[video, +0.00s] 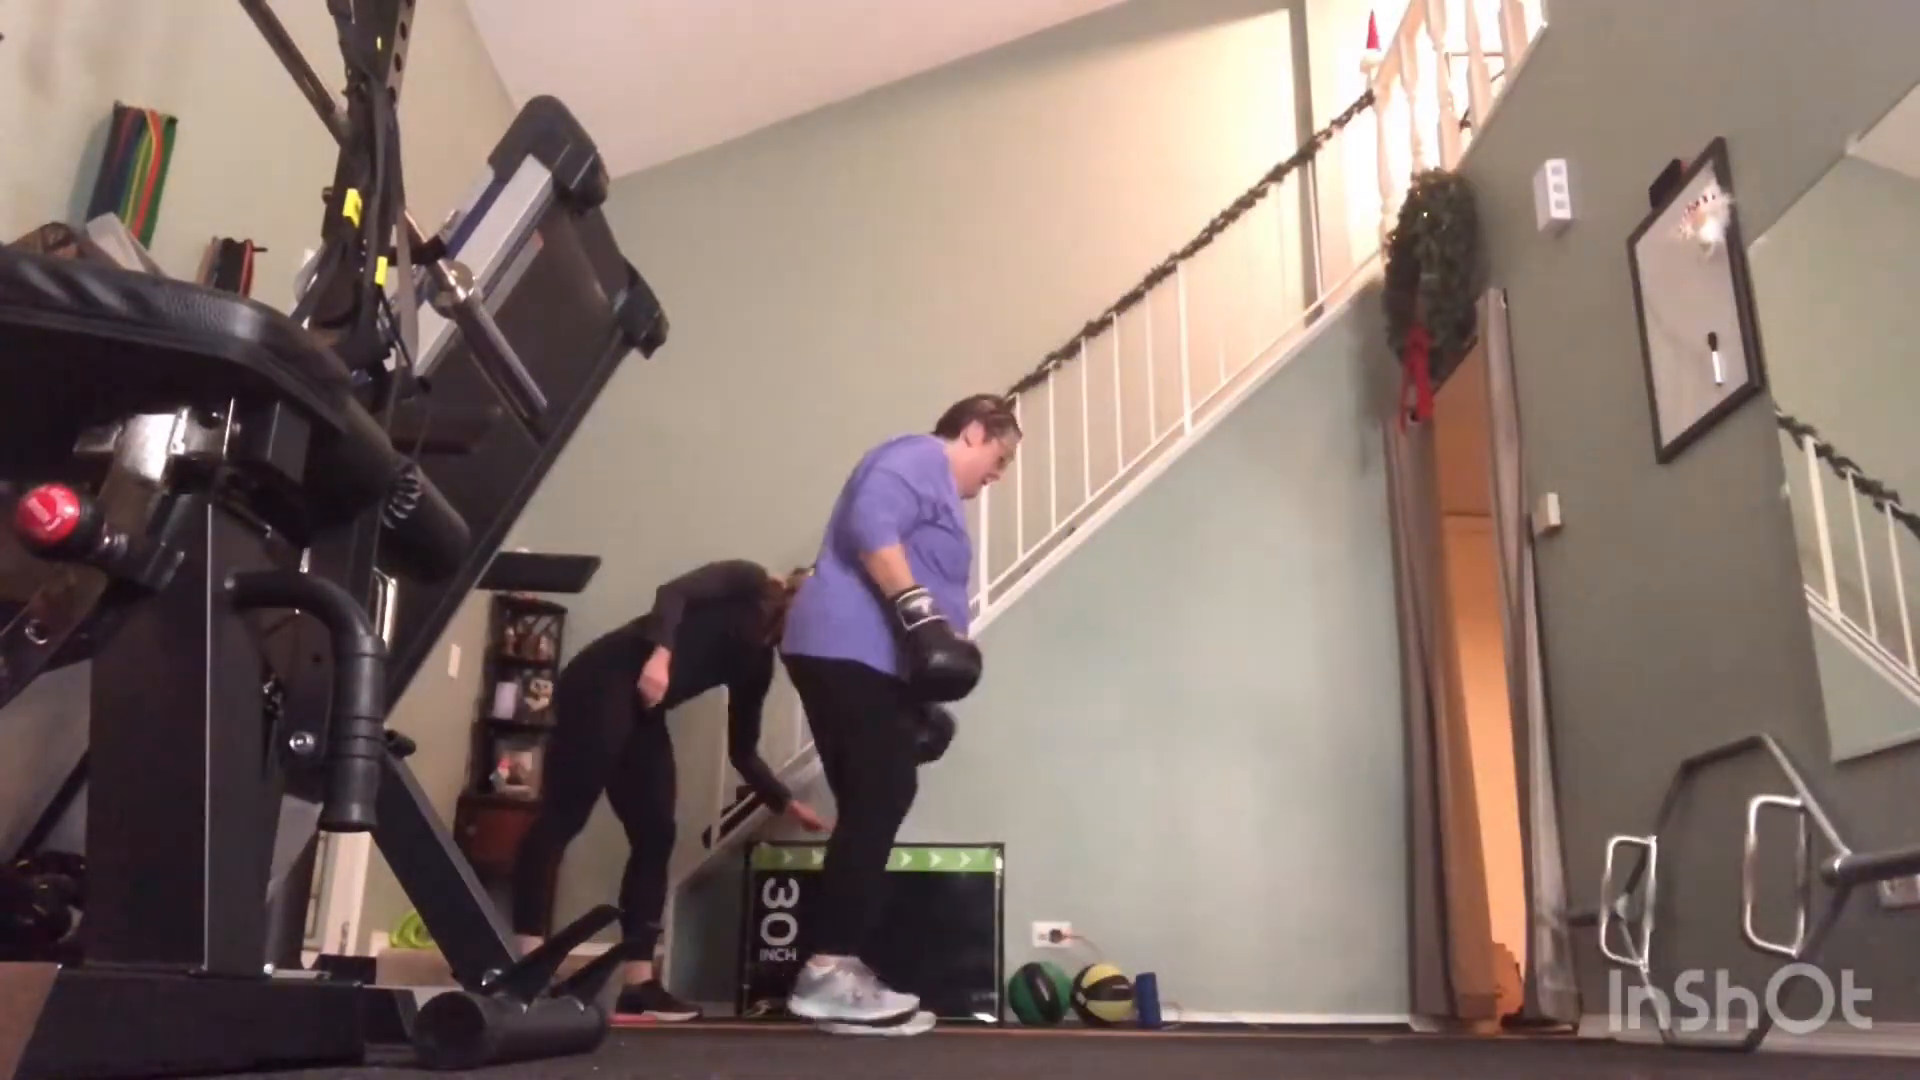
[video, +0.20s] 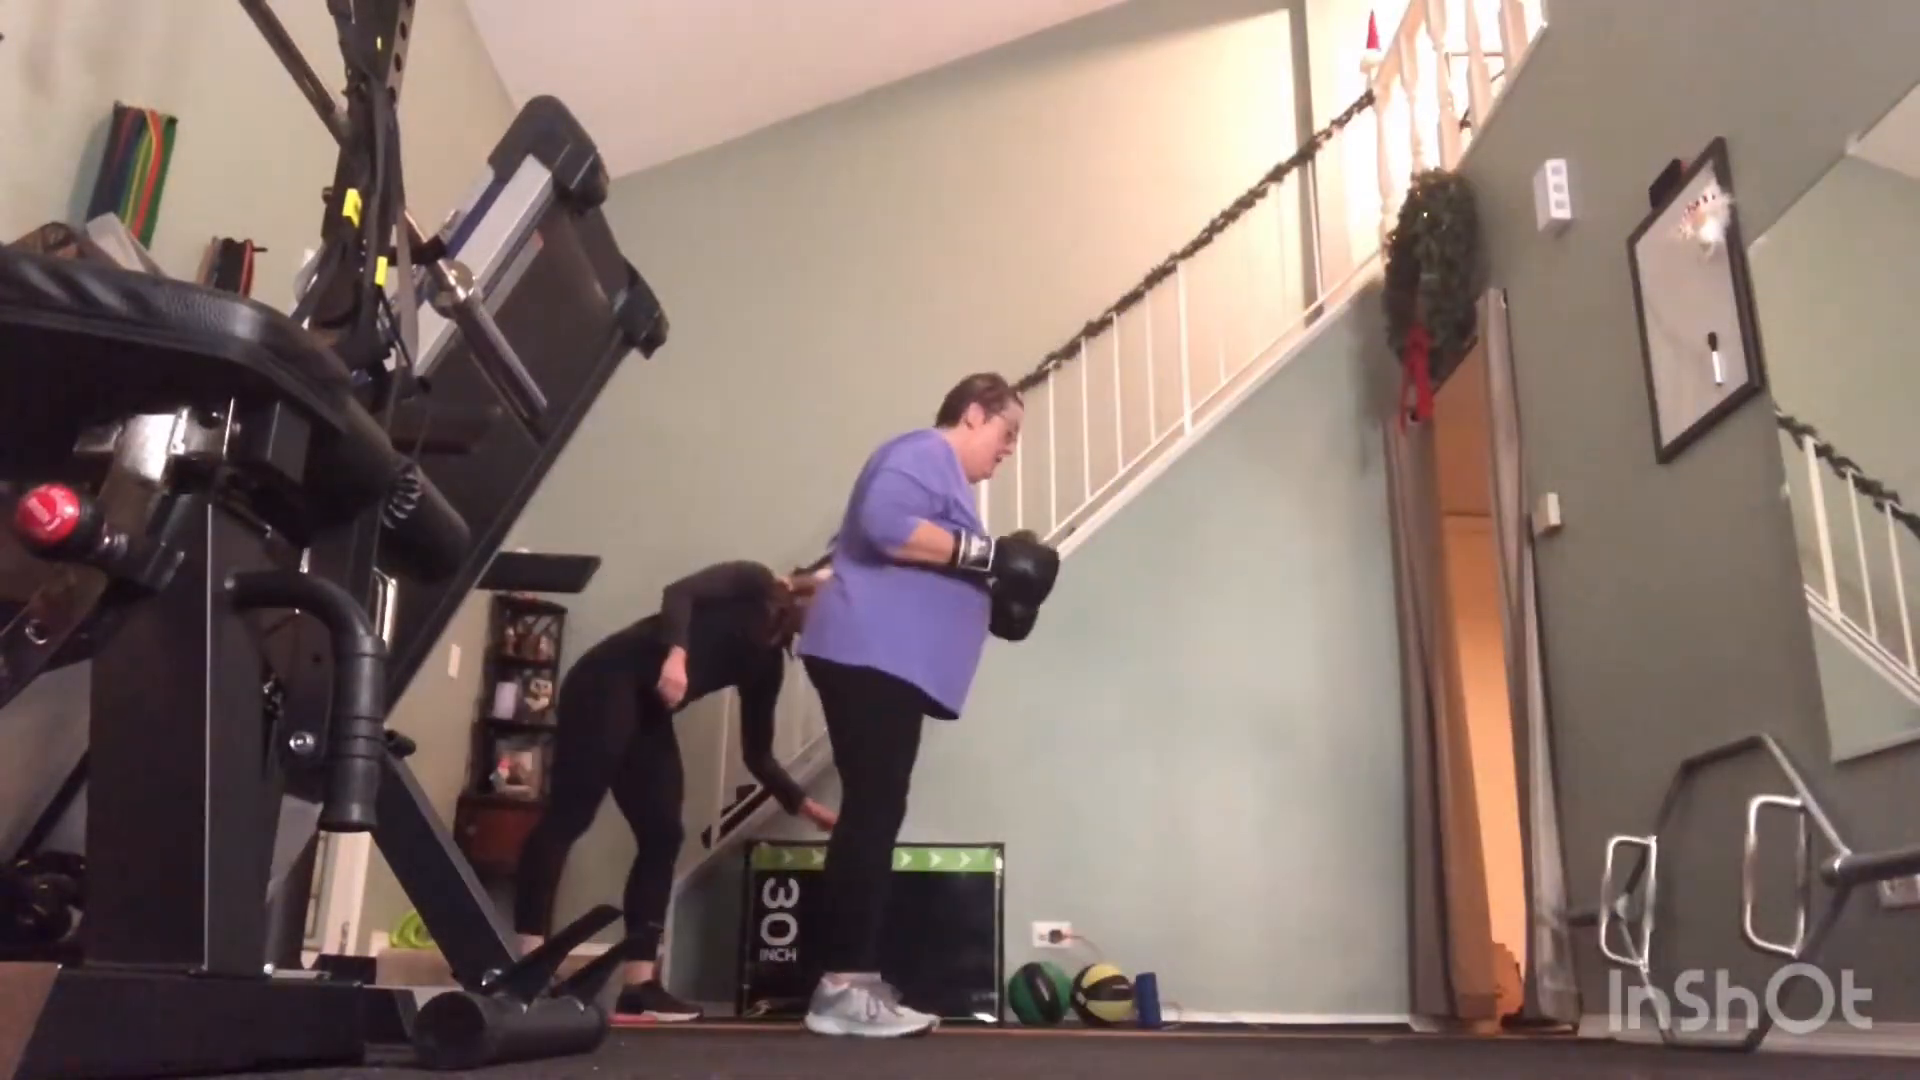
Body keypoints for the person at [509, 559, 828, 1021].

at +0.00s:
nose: (804, 633)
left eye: (810, 627)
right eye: (807, 620)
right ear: (798, 599)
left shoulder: (757, 664)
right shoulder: (749, 580)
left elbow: (743, 750)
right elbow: (673, 592)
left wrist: (789, 805)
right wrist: (661, 653)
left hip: (643, 711)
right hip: (596, 686)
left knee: (654, 835)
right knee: (560, 819)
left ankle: (638, 982)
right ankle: (529, 958)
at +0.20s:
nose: (828, 620)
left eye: (836, 610)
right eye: (832, 602)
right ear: (810, 587)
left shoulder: (767, 664)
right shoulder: (756, 581)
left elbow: (758, 755)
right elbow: (679, 592)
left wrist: (805, 805)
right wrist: (676, 652)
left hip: (648, 711)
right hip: (602, 687)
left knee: (661, 835)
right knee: (568, 816)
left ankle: (638, 984)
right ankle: (528, 959)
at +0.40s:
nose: (825, 597)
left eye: (832, 592)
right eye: (822, 581)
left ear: (823, 604)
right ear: (800, 576)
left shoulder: (765, 658)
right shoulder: (748, 575)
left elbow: (755, 747)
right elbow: (673, 592)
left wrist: (803, 796)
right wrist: (676, 653)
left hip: (650, 712)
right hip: (603, 688)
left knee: (665, 834)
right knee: (571, 818)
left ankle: (639, 982)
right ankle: (527, 955)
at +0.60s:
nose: (718, 509)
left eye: (724, 502)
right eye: (713, 495)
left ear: (715, 509)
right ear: (679, 486)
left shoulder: (688, 576)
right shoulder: (629, 525)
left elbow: (661, 657)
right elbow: (576, 582)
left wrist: (683, 714)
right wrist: (586, 651)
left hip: (619, 709)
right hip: (567, 694)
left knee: (644, 833)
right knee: (554, 828)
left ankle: (636, 979)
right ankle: (490, 953)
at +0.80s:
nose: (759, 512)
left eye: (766, 506)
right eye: (754, 498)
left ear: (763, 514)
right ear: (724, 490)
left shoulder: (730, 575)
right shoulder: (674, 533)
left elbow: (715, 654)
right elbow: (627, 594)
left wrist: (736, 710)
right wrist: (658, 653)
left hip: (675, 704)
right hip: (630, 691)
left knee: (677, 831)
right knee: (666, 820)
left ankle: (638, 974)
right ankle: (608, 945)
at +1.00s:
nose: (797, 500)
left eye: (803, 492)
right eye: (792, 485)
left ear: (794, 497)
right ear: (761, 477)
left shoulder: (765, 550)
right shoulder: (724, 519)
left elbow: (739, 639)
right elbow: (691, 582)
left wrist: (773, 682)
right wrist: (725, 642)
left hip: (722, 696)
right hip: (686, 687)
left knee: (733, 832)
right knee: (701, 826)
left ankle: (706, 973)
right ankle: (653, 971)